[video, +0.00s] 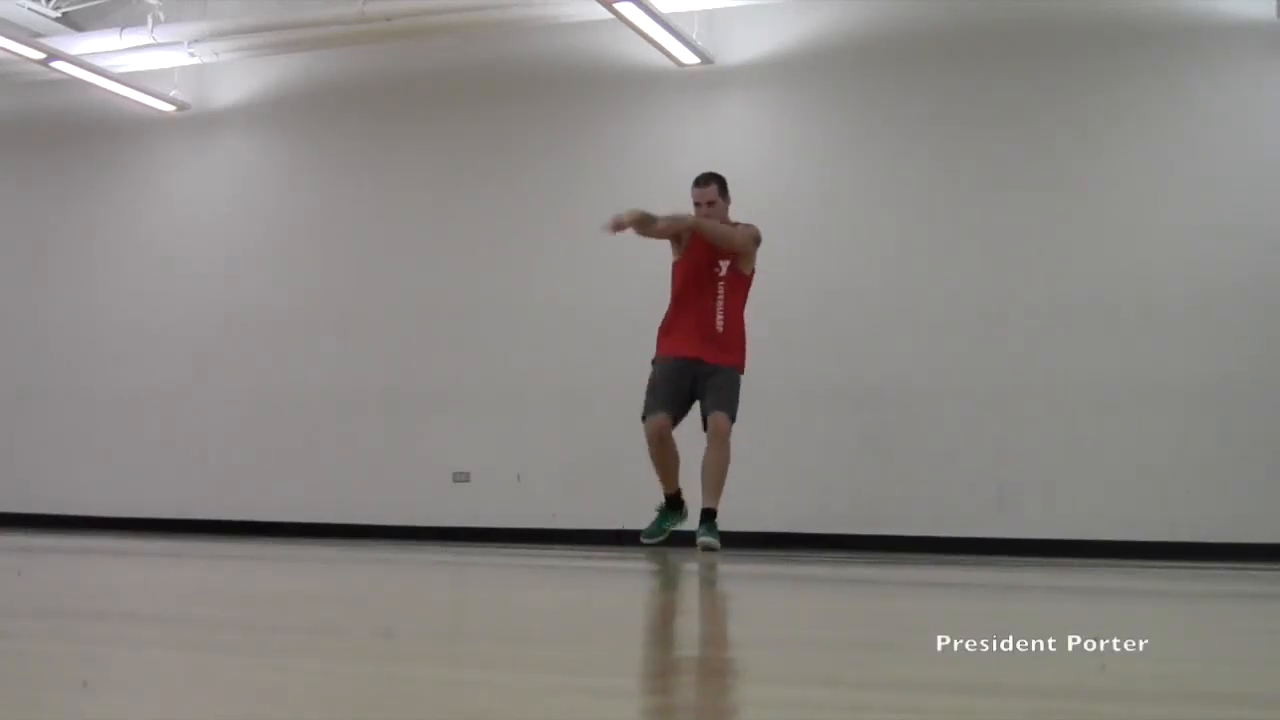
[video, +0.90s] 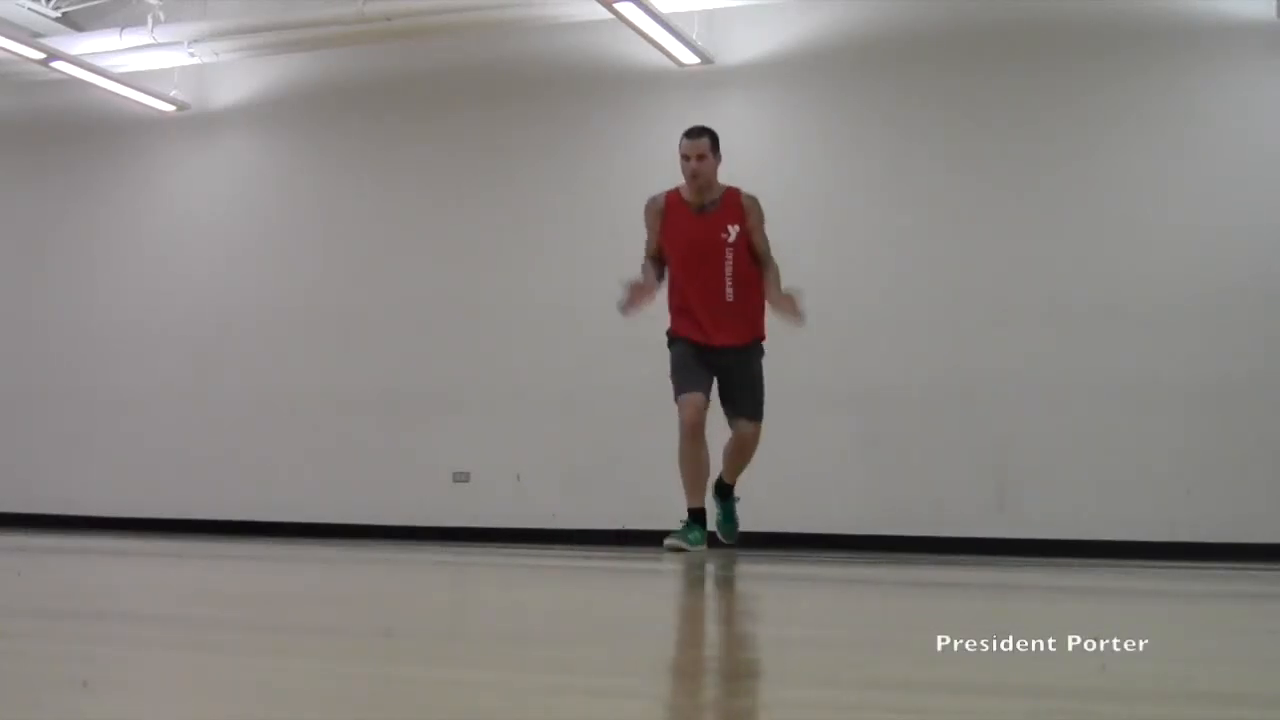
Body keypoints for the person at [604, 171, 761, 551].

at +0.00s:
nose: (702, 211)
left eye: (709, 204)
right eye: (697, 205)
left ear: (727, 203)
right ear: (693, 203)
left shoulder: (747, 234)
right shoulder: (682, 230)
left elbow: (730, 240)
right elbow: (656, 226)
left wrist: (691, 222)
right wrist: (634, 220)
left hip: (722, 356)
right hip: (675, 350)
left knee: (719, 427)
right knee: (655, 427)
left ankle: (708, 520)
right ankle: (673, 505)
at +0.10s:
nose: (704, 208)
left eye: (711, 200)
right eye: (698, 202)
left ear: (727, 199)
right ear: (691, 201)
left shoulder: (747, 229)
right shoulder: (685, 226)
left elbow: (732, 232)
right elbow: (639, 241)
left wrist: (695, 208)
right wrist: (653, 246)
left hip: (729, 346)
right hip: (685, 336)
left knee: (725, 426)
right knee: (670, 389)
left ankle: (709, 521)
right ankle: (653, 472)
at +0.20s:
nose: (702, 205)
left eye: (710, 198)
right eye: (696, 199)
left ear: (727, 199)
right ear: (690, 200)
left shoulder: (745, 228)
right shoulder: (681, 233)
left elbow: (716, 224)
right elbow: (662, 281)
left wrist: (680, 207)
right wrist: (682, 251)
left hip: (736, 345)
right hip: (696, 338)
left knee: (729, 431)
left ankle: (710, 520)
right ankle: (671, 418)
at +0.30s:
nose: (704, 198)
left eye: (711, 191)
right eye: (697, 192)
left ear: (728, 191)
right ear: (691, 193)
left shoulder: (749, 220)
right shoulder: (679, 228)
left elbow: (739, 226)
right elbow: (664, 283)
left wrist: (690, 215)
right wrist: (683, 253)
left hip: (734, 340)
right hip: (690, 331)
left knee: (730, 430)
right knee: (707, 308)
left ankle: (710, 520)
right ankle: (691, 386)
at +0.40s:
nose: (704, 178)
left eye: (711, 171)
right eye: (698, 172)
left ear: (727, 170)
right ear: (692, 173)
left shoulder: (750, 197)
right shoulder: (682, 203)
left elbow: (750, 234)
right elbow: (665, 242)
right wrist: (659, 281)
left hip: (738, 321)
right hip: (694, 311)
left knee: (728, 424)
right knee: (703, 346)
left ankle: (710, 519)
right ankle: (692, 409)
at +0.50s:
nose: (705, 175)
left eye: (713, 167)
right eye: (700, 168)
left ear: (729, 166)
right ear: (692, 170)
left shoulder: (758, 203)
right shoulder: (679, 208)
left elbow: (782, 264)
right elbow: (666, 268)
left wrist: (783, 324)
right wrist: (669, 317)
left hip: (741, 325)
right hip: (695, 319)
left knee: (735, 426)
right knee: (696, 374)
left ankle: (720, 516)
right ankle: (691, 474)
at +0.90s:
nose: (693, 166)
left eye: (701, 158)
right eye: (687, 158)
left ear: (718, 161)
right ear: (678, 162)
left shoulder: (745, 206)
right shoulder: (660, 210)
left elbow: (765, 260)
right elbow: (654, 261)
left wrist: (775, 295)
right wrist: (647, 285)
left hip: (741, 337)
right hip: (689, 334)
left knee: (748, 434)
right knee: (691, 418)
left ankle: (724, 489)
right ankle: (695, 521)